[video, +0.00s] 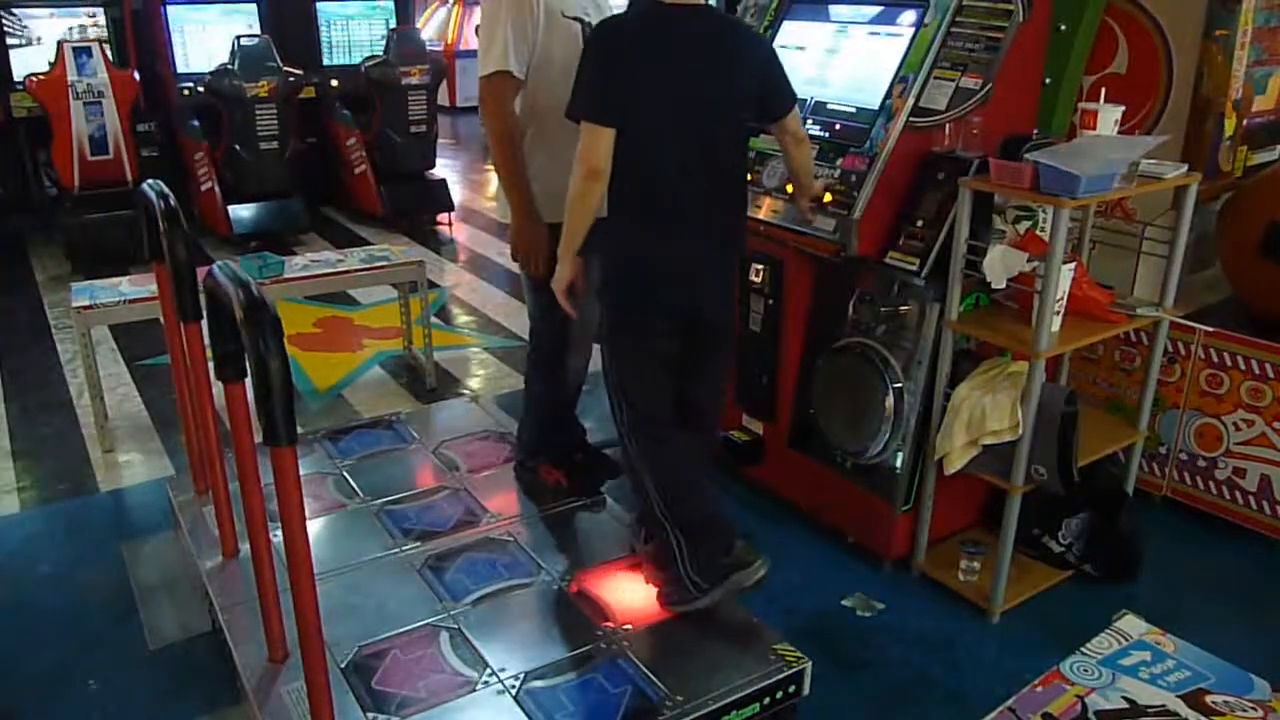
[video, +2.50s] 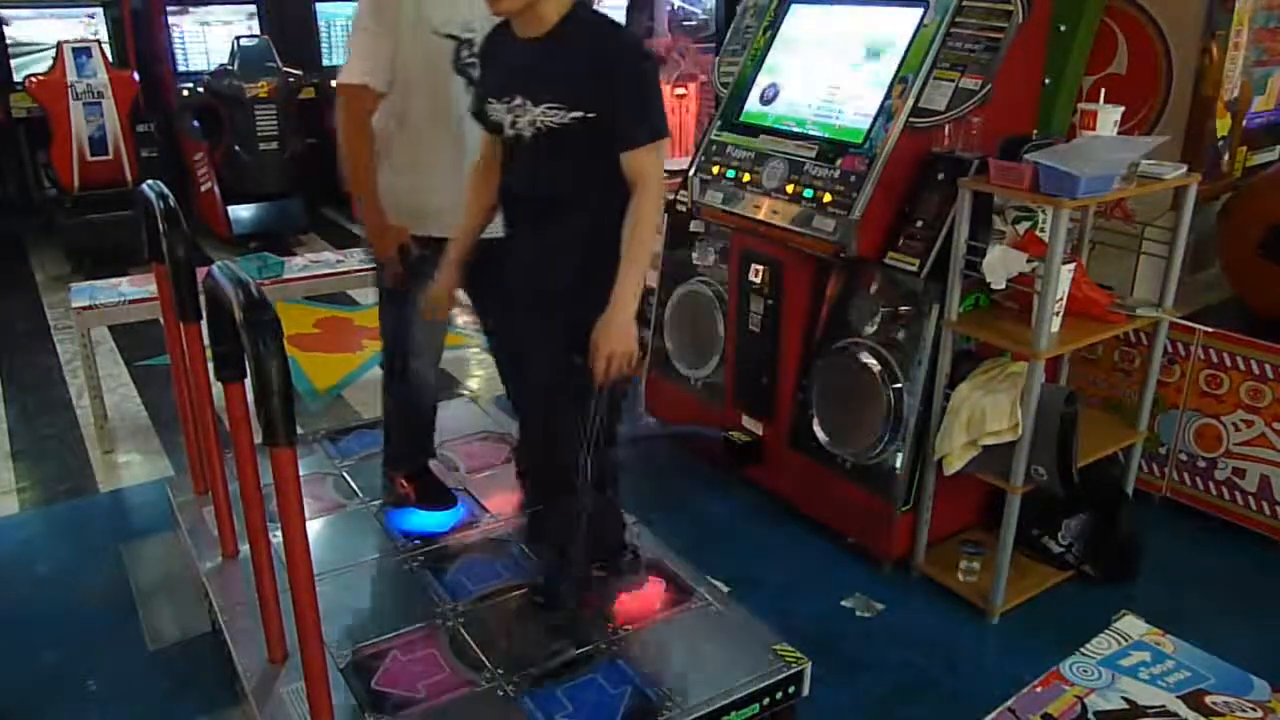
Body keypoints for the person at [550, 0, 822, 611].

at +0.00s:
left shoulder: (616, 37)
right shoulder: (747, 42)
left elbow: (593, 166)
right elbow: (795, 143)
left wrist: (569, 252)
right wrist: (807, 187)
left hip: (634, 255)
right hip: (713, 259)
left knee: (644, 411)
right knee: (696, 404)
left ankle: (718, 554)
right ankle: (660, 532)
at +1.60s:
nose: (651, 4)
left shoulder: (714, 60)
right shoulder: (751, 48)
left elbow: (714, 199)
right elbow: (796, 168)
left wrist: (655, 304)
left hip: (720, 294)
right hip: (748, 285)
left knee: (729, 441)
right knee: (676, 418)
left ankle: (757, 582)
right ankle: (662, 540)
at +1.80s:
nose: (632, 3)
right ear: (664, 1)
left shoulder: (718, 58)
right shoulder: (684, 57)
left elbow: (731, 199)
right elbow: (681, 170)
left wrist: (676, 317)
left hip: (728, 299)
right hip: (684, 288)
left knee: (728, 445)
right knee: (638, 422)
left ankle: (760, 578)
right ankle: (645, 546)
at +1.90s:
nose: (615, 5)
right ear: (627, 4)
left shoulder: (707, 58)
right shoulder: (649, 54)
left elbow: (731, 196)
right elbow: (667, 160)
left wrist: (685, 317)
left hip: (714, 296)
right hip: (657, 291)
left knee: (720, 444)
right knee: (625, 426)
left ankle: (758, 574)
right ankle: (624, 548)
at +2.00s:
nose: (593, 3)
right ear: (606, 4)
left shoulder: (693, 55)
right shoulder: (634, 54)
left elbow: (719, 195)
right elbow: (646, 182)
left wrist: (686, 317)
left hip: (686, 300)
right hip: (640, 293)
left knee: (706, 444)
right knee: (615, 427)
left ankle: (755, 567)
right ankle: (610, 549)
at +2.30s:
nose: (526, 2)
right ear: (541, 2)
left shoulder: (641, 53)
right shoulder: (550, 56)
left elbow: (672, 186)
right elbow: (553, 177)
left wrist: (645, 314)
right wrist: (524, 268)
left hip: (620, 294)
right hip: (564, 286)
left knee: (607, 444)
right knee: (568, 435)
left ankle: (671, 553)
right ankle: (603, 556)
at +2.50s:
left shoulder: (615, 53)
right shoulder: (499, 48)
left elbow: (649, 189)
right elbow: (490, 165)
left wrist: (623, 311)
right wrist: (453, 265)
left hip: (594, 284)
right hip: (524, 277)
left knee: (564, 452)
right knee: (553, 431)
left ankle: (566, 600)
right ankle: (604, 548)